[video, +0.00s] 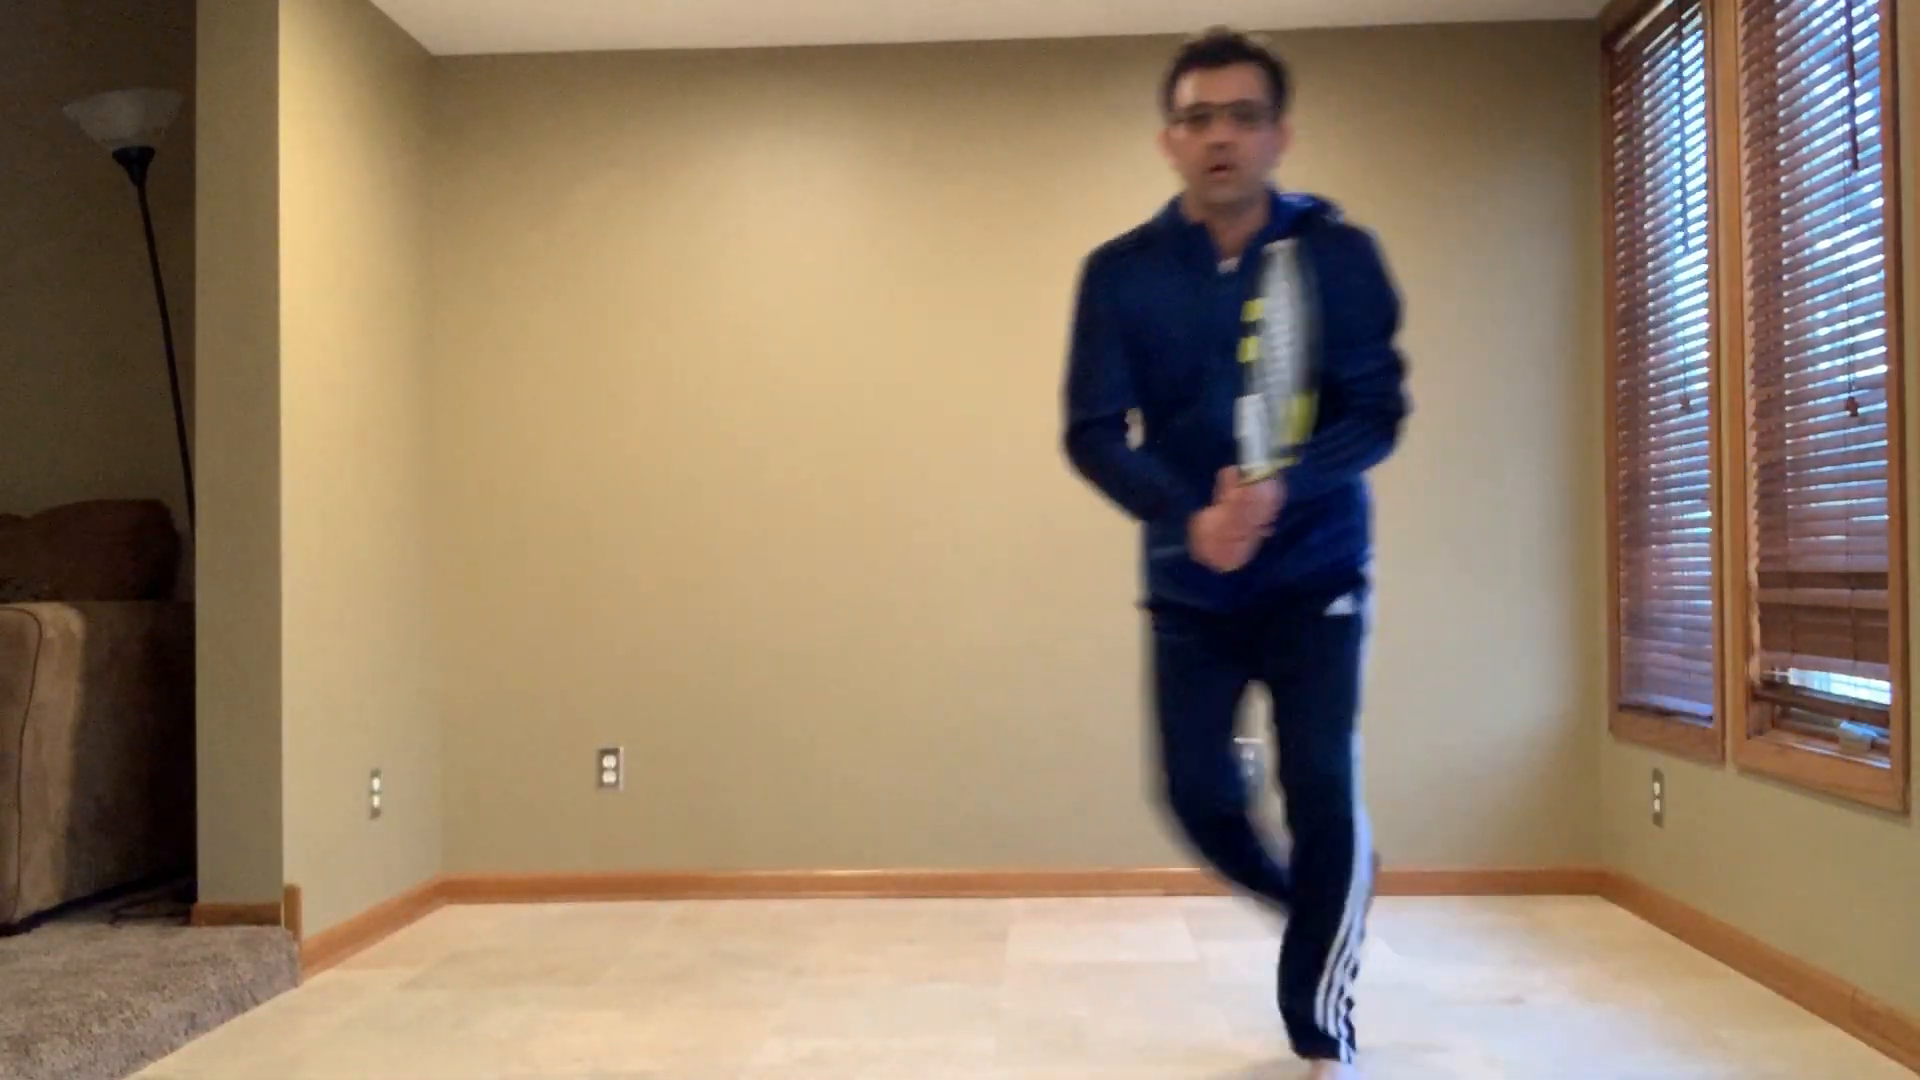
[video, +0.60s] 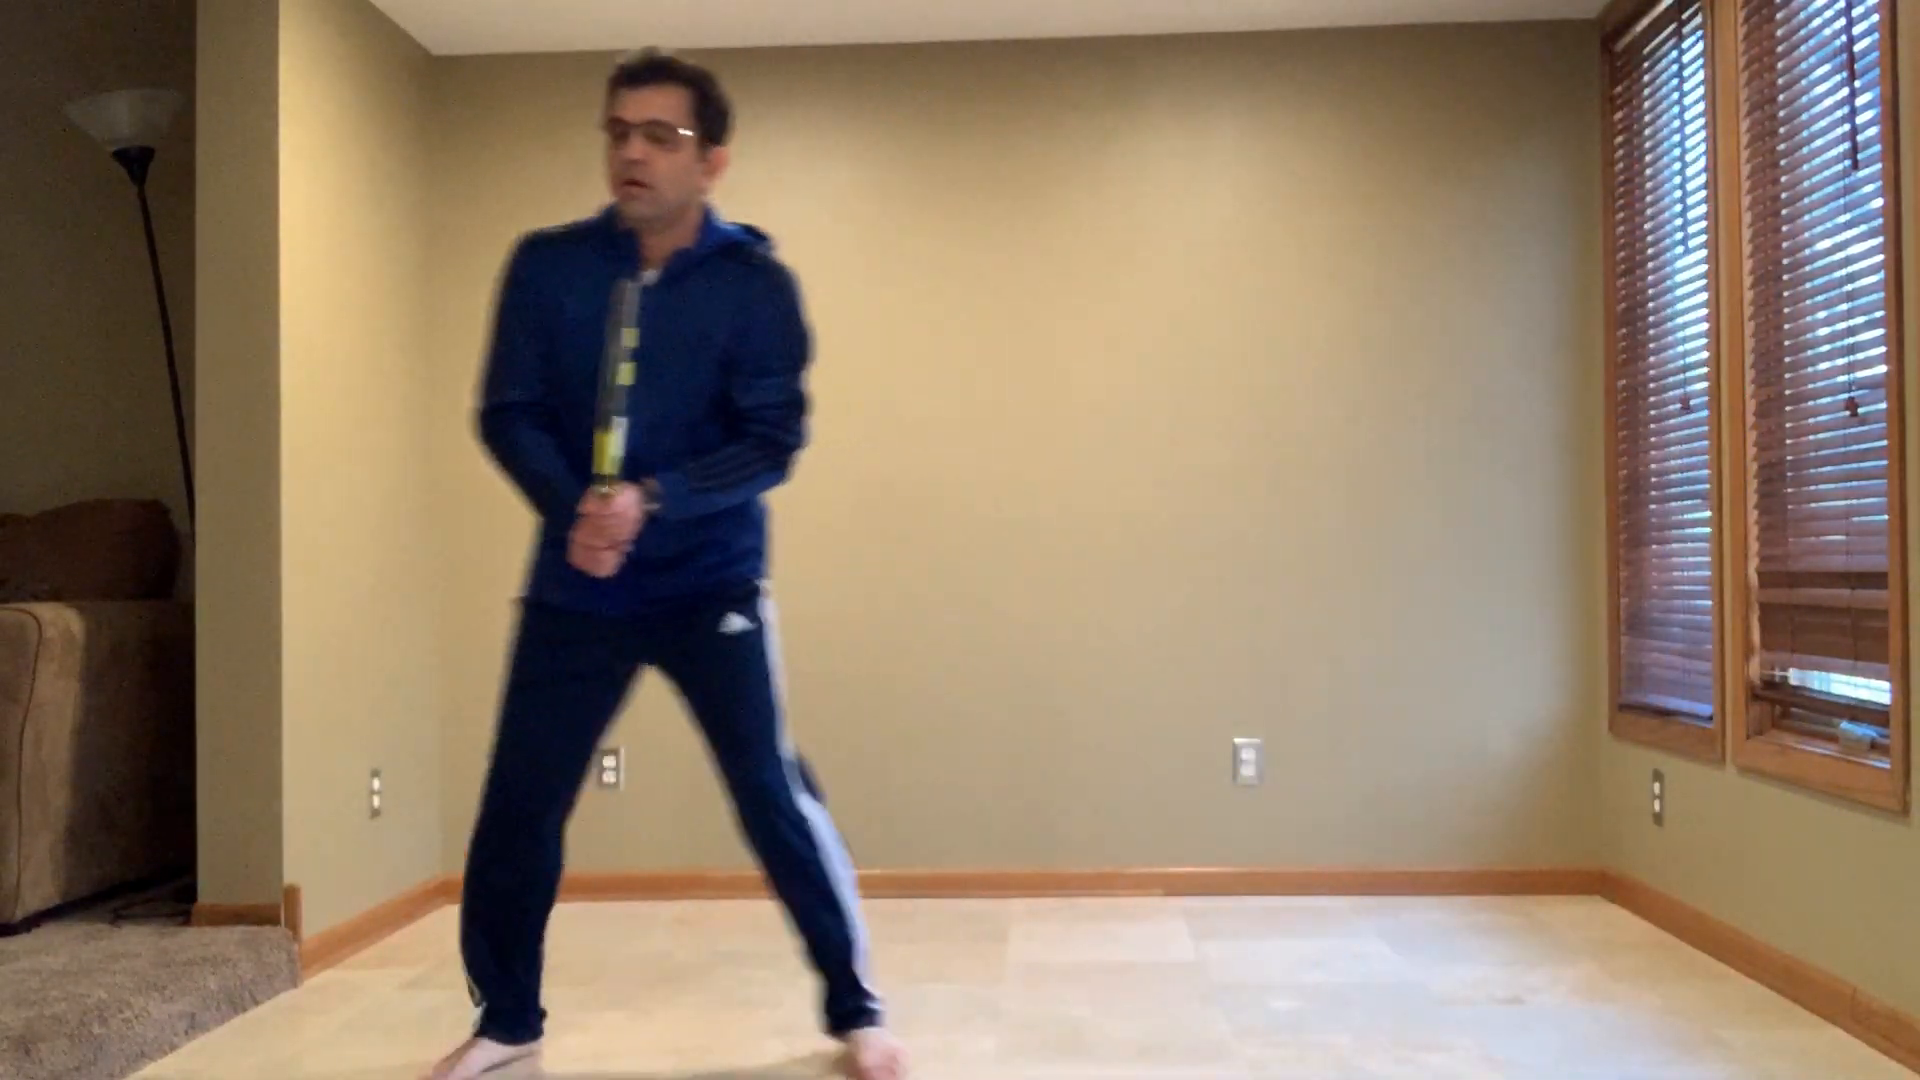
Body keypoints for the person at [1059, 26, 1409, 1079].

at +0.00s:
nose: (1217, 136)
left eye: (1241, 116)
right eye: (1195, 118)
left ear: (1280, 133)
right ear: (1167, 138)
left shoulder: (1338, 255)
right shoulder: (1121, 272)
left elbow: (1377, 410)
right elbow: (1090, 435)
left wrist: (1279, 488)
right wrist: (1189, 521)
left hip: (1315, 577)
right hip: (1192, 585)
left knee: (1322, 794)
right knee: (1198, 795)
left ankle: (1320, 1019)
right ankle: (1319, 901)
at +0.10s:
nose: (1097, 147)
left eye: (1121, 127)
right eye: (1078, 128)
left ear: (1167, 141)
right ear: (1056, 144)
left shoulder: (1227, 258)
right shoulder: (1018, 281)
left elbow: (1264, 417)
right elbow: (993, 439)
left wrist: (1156, 497)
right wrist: (1064, 520)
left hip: (1222, 578)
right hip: (1083, 584)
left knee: (1280, 791)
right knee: (1006, 777)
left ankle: (1318, 1021)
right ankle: (1024, 963)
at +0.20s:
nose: (984, 141)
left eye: (1010, 122)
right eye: (968, 122)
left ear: (1060, 134)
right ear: (951, 134)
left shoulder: (1119, 252)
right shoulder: (910, 265)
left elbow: (1149, 406)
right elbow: (882, 421)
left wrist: (1040, 477)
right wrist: (957, 501)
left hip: (1103, 575)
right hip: (965, 584)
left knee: (1193, 794)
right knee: (908, 801)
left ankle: (1291, 1036)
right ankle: (893, 1029)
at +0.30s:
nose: (888, 129)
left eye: (913, 110)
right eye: (875, 110)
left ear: (967, 121)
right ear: (859, 121)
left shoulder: (1022, 241)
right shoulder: (817, 246)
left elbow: (1045, 403)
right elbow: (786, 398)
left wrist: (940, 473)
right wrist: (851, 486)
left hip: (999, 552)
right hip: (865, 558)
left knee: (1044, 761)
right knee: (840, 784)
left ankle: (1054, 1003)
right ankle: (886, 1009)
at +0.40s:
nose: (800, 137)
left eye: (825, 118)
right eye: (787, 117)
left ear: (882, 125)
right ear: (775, 126)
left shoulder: (943, 253)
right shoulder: (736, 247)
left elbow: (957, 408)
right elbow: (701, 394)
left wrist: (841, 478)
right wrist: (759, 485)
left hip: (903, 559)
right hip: (770, 557)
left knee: (903, 779)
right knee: (709, 757)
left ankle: (877, 994)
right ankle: (748, 972)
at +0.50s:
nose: (715, 155)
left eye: (740, 136)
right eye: (704, 135)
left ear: (797, 149)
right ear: (690, 145)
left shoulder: (848, 273)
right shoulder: (647, 267)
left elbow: (870, 432)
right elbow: (612, 414)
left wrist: (748, 493)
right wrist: (670, 504)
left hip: (809, 580)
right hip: (676, 578)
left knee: (853, 801)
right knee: (595, 789)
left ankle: (888, 1024)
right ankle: (526, 1013)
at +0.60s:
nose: (630, 153)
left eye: (656, 137)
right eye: (618, 134)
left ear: (711, 158)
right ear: (603, 147)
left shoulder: (752, 279)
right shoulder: (547, 265)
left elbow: (773, 440)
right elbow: (507, 412)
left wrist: (655, 498)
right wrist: (574, 509)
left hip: (708, 589)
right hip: (574, 591)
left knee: (769, 790)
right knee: (520, 804)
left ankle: (857, 1011)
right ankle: (507, 1023)